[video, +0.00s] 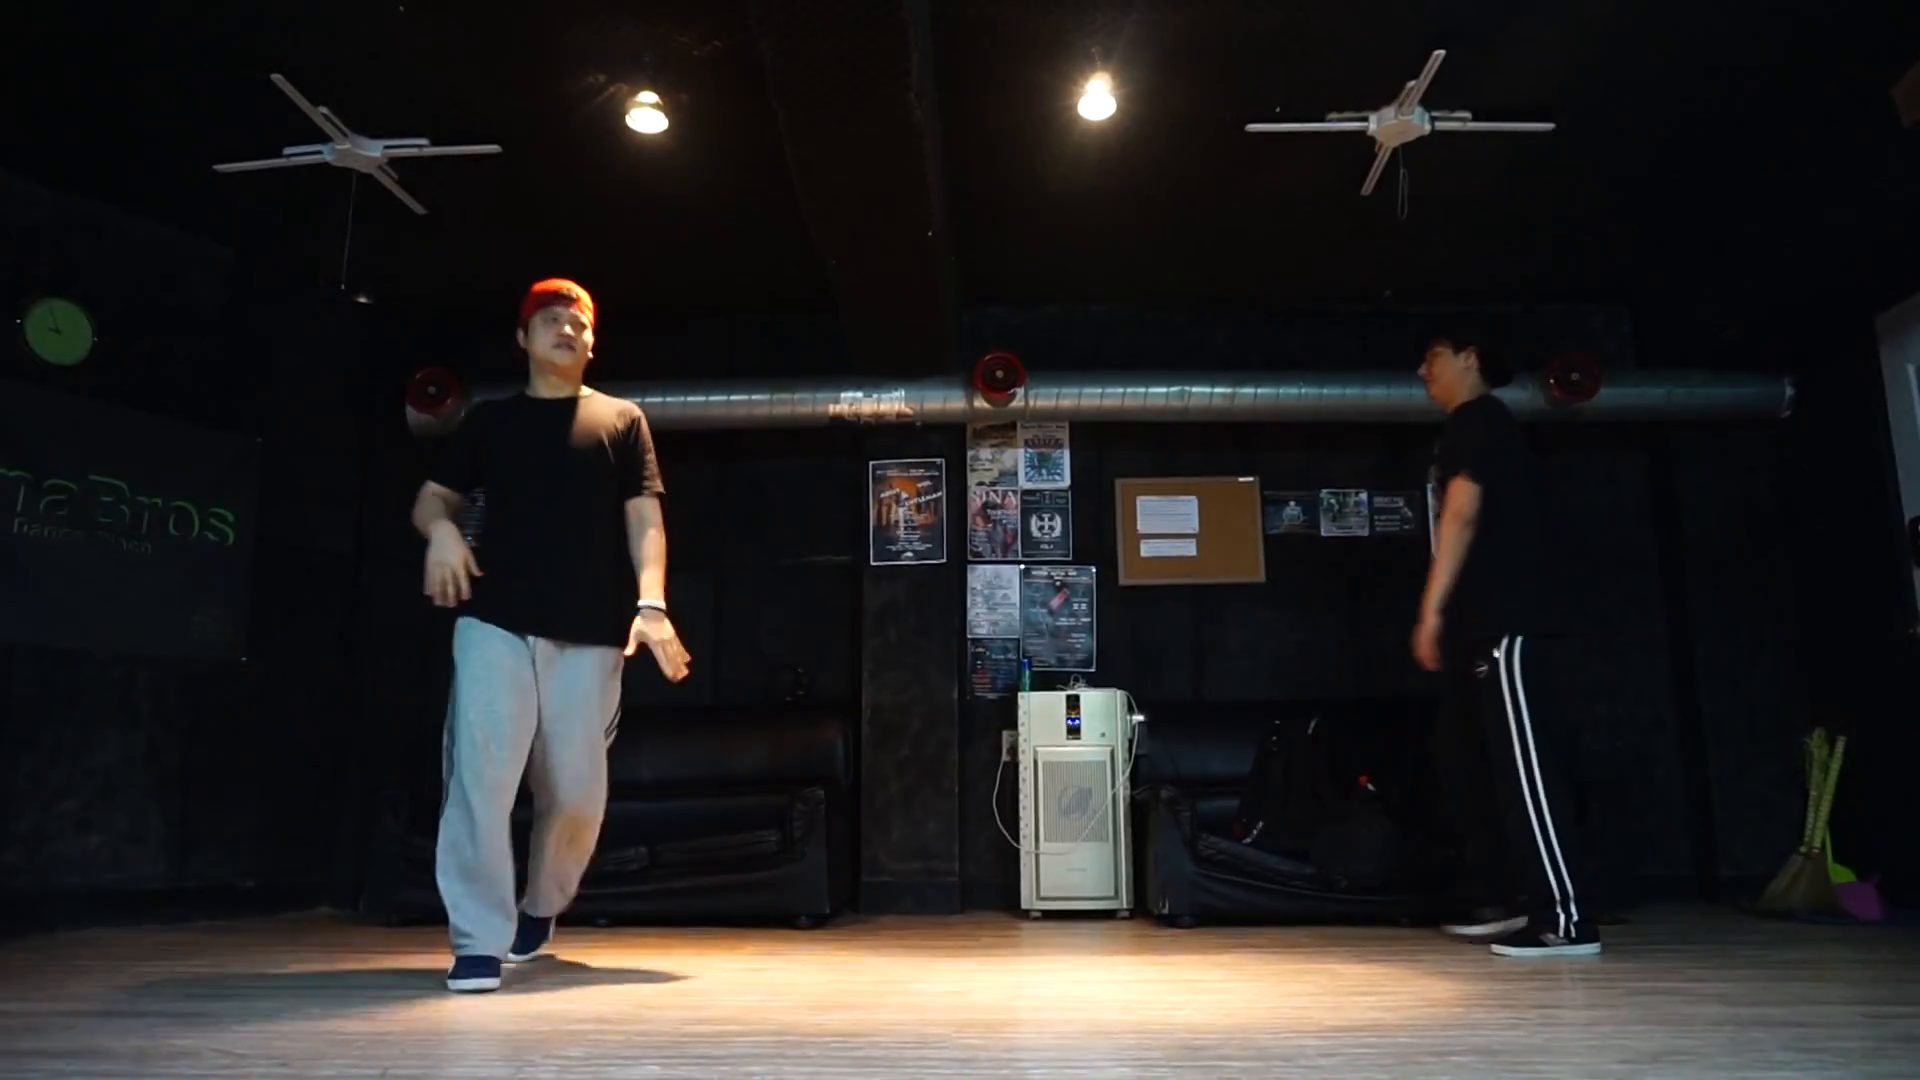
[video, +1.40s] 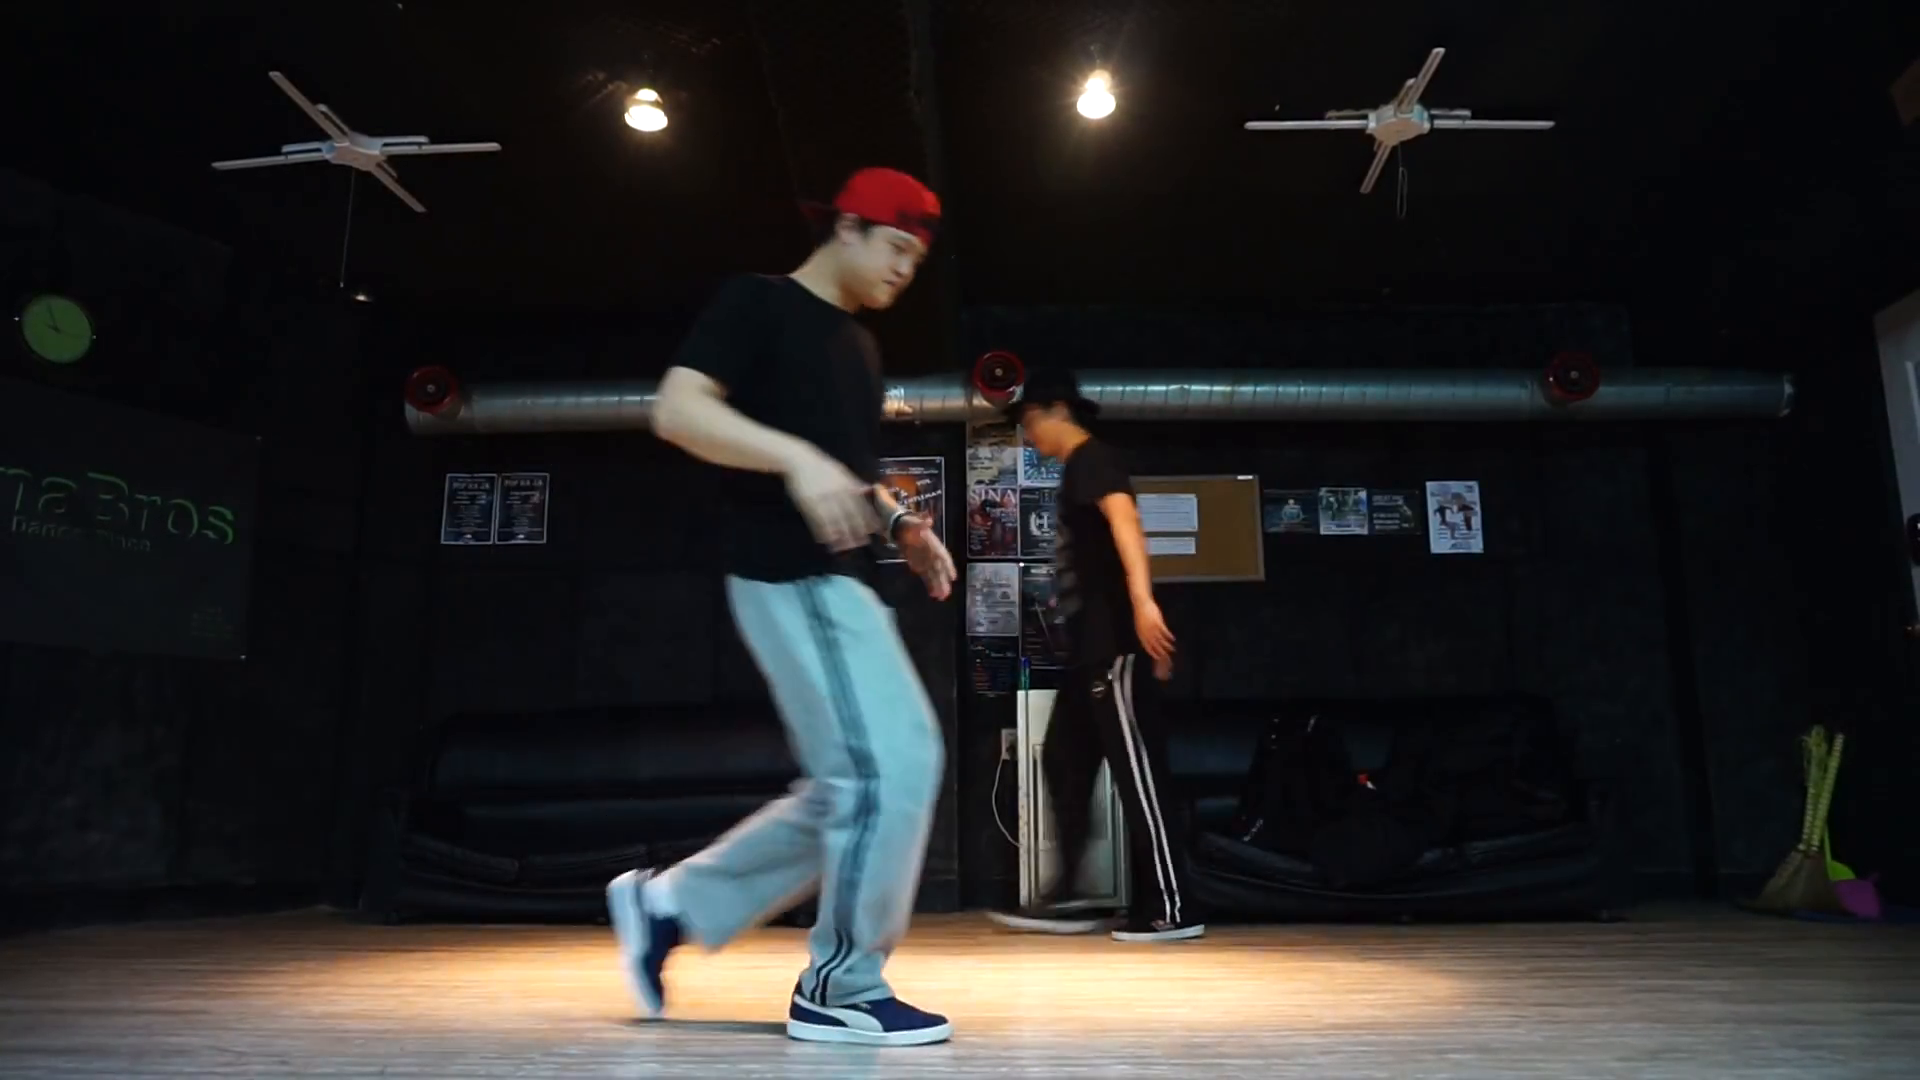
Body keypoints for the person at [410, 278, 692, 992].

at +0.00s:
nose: (570, 328)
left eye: (580, 321)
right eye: (555, 318)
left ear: (592, 343)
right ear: (525, 337)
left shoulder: (621, 421)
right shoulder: (488, 419)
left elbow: (646, 522)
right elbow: (434, 500)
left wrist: (651, 604)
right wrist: (441, 530)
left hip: (589, 633)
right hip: (495, 625)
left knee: (577, 796)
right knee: (483, 783)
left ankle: (541, 908)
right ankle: (478, 942)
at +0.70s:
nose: (696, 309)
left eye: (708, 300)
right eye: (684, 290)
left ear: (710, 312)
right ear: (640, 282)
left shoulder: (673, 393)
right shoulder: (565, 349)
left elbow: (676, 508)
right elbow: (513, 446)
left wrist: (725, 587)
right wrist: (476, 529)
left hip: (666, 614)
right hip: (567, 609)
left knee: (668, 786)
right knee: (557, 779)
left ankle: (597, 965)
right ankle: (491, 903)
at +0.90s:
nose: (736, 274)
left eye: (747, 264)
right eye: (725, 254)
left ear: (745, 274)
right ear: (680, 242)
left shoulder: (709, 363)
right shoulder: (604, 316)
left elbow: (712, 481)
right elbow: (547, 421)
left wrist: (775, 559)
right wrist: (527, 518)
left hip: (701, 586)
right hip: (623, 569)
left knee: (698, 773)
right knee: (672, 740)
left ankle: (601, 959)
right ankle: (579, 936)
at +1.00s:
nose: (759, 246)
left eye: (769, 235)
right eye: (747, 225)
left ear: (768, 246)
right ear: (700, 218)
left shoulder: (735, 340)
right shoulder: (628, 294)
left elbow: (736, 463)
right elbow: (568, 404)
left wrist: (804, 540)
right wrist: (566, 502)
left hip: (720, 570)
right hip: (647, 554)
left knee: (668, 754)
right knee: (708, 727)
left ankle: (590, 958)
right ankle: (703, 970)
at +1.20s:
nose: (828, 244)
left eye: (837, 233)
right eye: (815, 225)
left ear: (831, 244)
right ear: (763, 219)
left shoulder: (792, 339)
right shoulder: (693, 294)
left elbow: (785, 461)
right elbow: (610, 399)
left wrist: (861, 532)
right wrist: (682, 490)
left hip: (758, 580)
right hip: (704, 574)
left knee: (712, 783)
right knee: (789, 753)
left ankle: (595, 961)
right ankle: (830, 984)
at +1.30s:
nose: (866, 256)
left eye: (877, 245)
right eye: (855, 235)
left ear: (873, 253)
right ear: (805, 222)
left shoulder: (823, 341)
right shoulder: (723, 301)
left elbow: (815, 466)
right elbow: (640, 403)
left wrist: (881, 532)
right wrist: (739, 474)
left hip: (784, 577)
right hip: (746, 575)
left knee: (765, 783)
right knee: (845, 742)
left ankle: (618, 939)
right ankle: (836, 987)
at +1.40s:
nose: (904, 268)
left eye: (915, 256)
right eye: (895, 245)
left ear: (909, 262)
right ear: (845, 228)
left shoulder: (854, 343)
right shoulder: (758, 304)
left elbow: (840, 466)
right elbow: (677, 408)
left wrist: (899, 523)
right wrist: (796, 457)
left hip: (834, 584)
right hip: (790, 584)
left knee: (854, 787)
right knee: (896, 762)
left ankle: (666, 905)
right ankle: (841, 985)